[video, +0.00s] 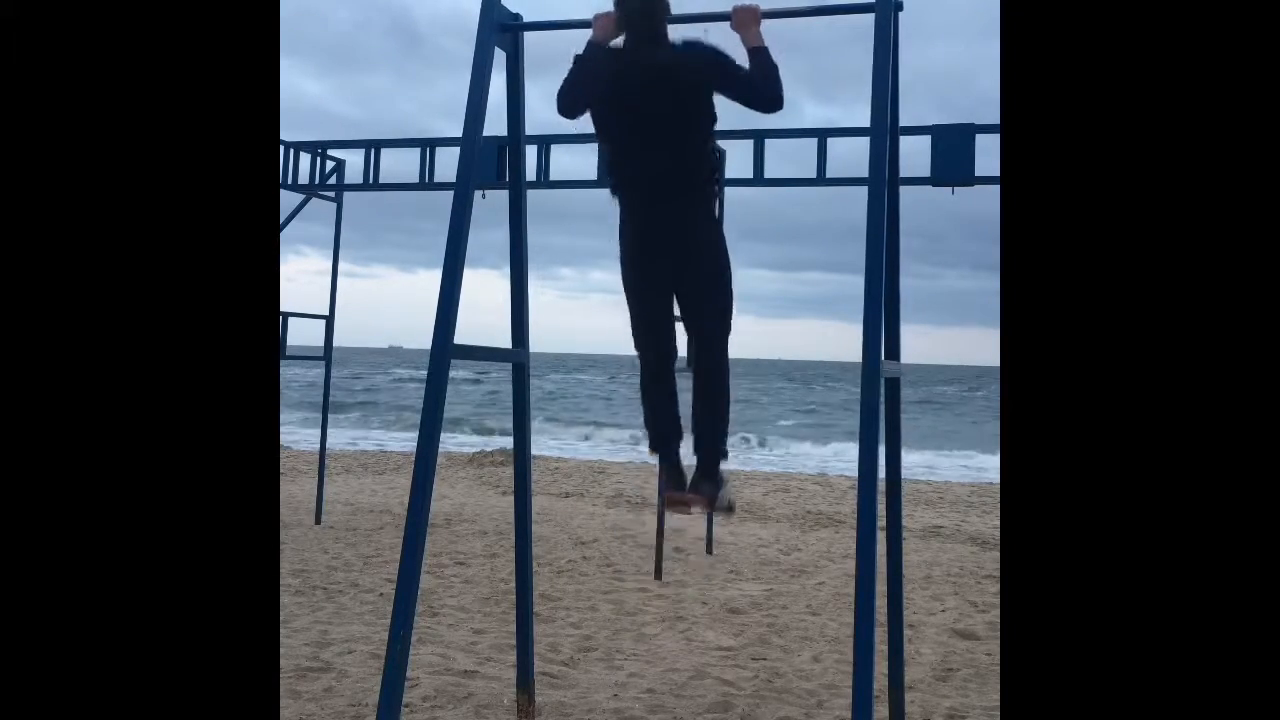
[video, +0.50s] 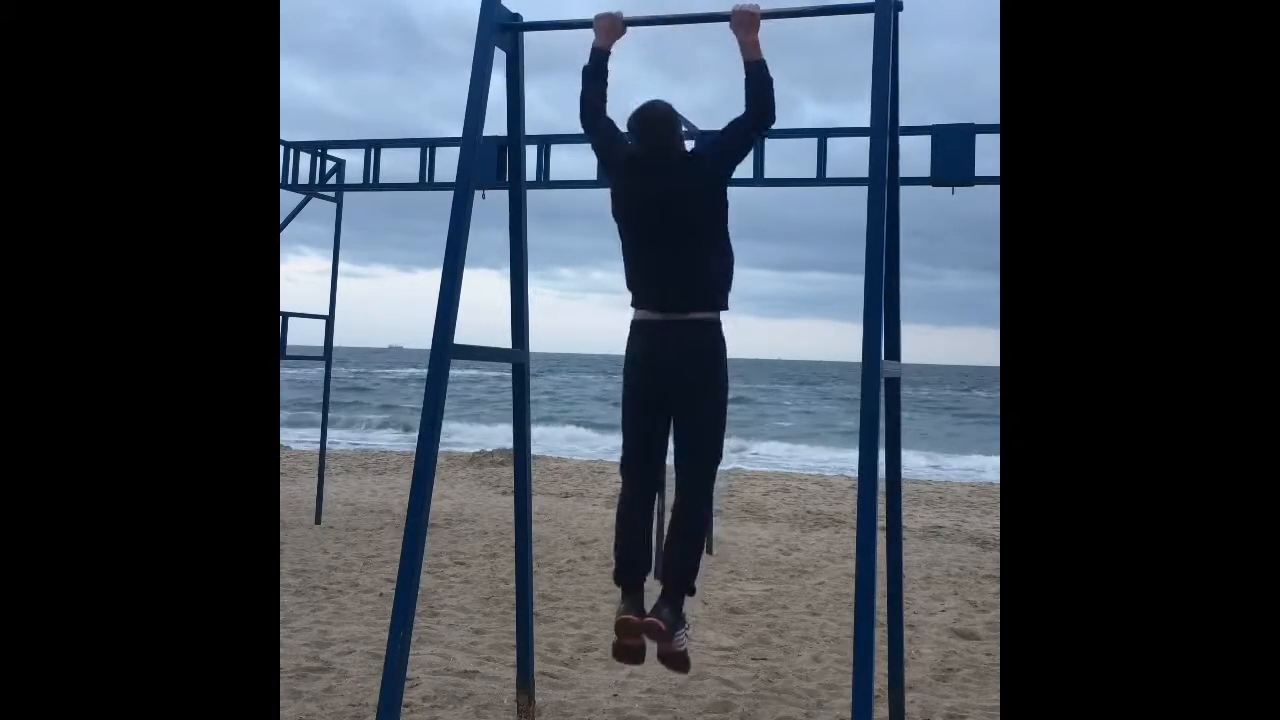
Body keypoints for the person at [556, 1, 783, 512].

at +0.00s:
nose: (644, 18)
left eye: (625, 14)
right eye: (656, 11)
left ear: (620, 19)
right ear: (667, 15)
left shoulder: (601, 66)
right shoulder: (698, 61)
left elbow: (567, 105)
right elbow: (770, 98)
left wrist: (595, 41)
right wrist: (754, 39)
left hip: (640, 234)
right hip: (698, 231)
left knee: (654, 356)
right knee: (710, 353)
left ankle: (670, 477)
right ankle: (707, 478)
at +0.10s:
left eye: (632, 55)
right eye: (663, 52)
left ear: (623, 63)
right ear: (670, 59)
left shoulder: (607, 109)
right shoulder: (700, 101)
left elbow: (576, 101)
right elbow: (770, 102)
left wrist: (597, 44)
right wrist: (753, 41)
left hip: (643, 280)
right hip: (701, 277)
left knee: (652, 396)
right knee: (708, 397)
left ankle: (660, 519)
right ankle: (698, 521)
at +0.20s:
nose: (657, 100)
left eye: (636, 93)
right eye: (664, 91)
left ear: (625, 102)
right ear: (674, 98)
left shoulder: (613, 144)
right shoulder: (706, 138)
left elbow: (587, 109)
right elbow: (765, 107)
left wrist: (599, 45)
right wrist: (752, 43)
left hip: (647, 310)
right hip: (703, 310)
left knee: (647, 439)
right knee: (703, 442)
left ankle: (649, 565)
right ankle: (685, 568)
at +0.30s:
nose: (683, 121)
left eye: (672, 116)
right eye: (680, 115)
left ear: (630, 128)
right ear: (679, 123)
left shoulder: (620, 163)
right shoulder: (707, 159)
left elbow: (592, 113)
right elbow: (761, 111)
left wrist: (600, 46)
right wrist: (750, 43)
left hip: (648, 329)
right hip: (703, 330)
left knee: (643, 460)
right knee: (699, 468)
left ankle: (636, 589)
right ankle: (675, 597)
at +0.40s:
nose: (686, 128)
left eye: (675, 125)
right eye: (682, 124)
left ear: (634, 141)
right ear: (681, 135)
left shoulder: (624, 169)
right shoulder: (709, 165)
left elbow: (592, 112)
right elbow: (760, 113)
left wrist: (601, 46)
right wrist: (750, 45)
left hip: (648, 341)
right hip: (703, 342)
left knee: (640, 477)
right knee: (696, 482)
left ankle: (632, 610)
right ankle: (669, 611)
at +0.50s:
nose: (686, 126)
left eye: (675, 123)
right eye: (681, 123)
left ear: (633, 139)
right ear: (680, 133)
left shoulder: (623, 169)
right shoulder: (708, 164)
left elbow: (592, 112)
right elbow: (759, 113)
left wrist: (601, 46)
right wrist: (750, 45)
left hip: (646, 340)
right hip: (701, 342)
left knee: (638, 474)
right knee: (695, 479)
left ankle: (633, 609)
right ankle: (670, 610)